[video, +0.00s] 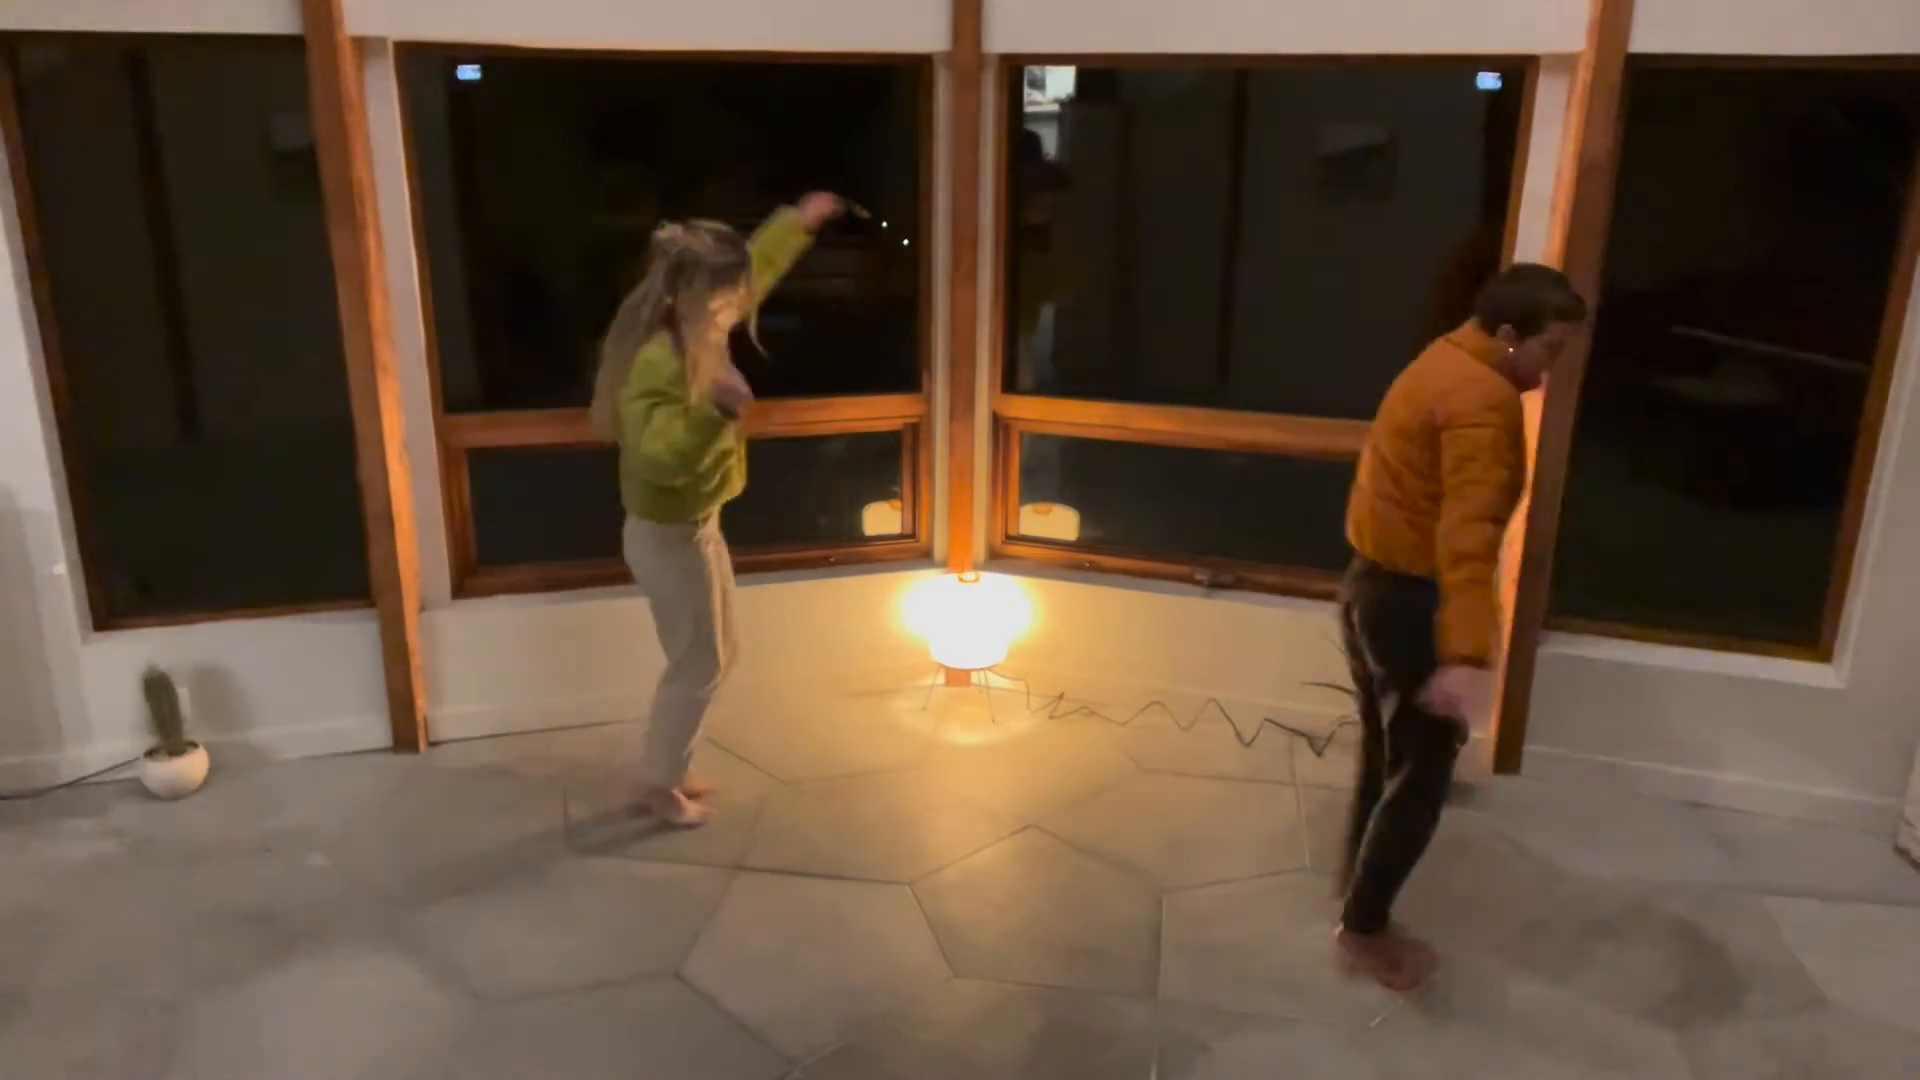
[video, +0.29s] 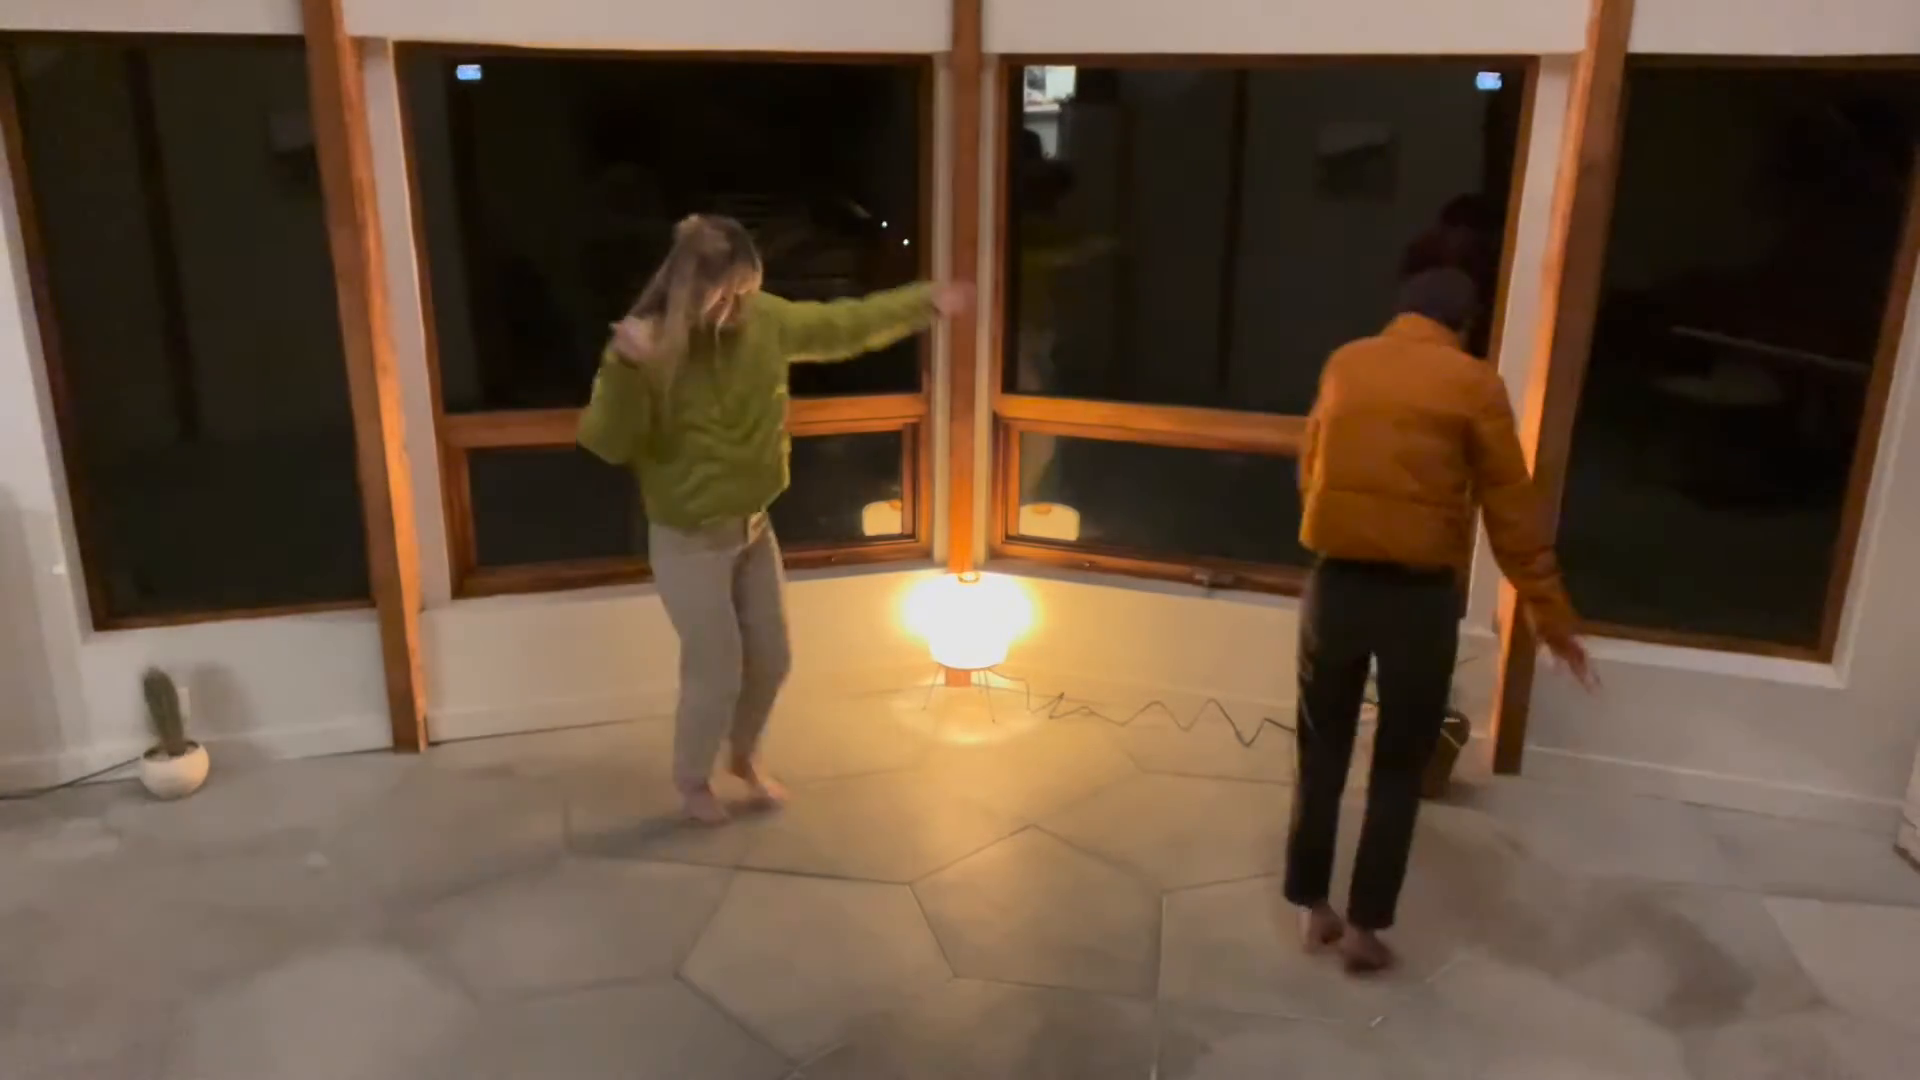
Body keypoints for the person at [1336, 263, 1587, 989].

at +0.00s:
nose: (1555, 365)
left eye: (1561, 350)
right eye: (1552, 348)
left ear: (1501, 330)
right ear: (1510, 332)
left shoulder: (1440, 365)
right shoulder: (1482, 402)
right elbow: (1468, 534)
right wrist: (1464, 656)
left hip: (1372, 584)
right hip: (1411, 599)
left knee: (1385, 758)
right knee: (1421, 775)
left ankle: (1360, 907)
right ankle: (1364, 929)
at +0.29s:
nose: (1473, 333)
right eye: (1473, 322)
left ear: (1402, 310)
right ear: (1464, 322)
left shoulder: (1345, 364)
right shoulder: (1474, 383)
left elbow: (1311, 472)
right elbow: (1512, 515)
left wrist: (1336, 536)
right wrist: (1554, 620)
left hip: (1337, 586)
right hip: (1421, 598)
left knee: (1322, 746)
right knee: (1400, 764)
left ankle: (1314, 908)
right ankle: (1365, 928)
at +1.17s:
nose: (1331, 355)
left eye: (1349, 347)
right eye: (1329, 337)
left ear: (1383, 350)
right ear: (1321, 320)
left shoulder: (1399, 415)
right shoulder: (1287, 337)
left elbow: (1374, 538)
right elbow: (1226, 431)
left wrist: (1369, 657)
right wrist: (1222, 540)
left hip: (1332, 574)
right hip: (1260, 561)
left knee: (1309, 725)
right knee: (1248, 714)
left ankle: (1286, 864)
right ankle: (1261, 848)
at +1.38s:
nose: (1400, 333)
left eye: (1412, 323)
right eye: (1393, 314)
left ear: (1416, 329)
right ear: (1355, 300)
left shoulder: (1394, 399)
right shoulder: (1296, 338)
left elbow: (1426, 513)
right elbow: (1242, 445)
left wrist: (1496, 604)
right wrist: (1285, 541)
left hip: (1327, 564)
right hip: (1257, 551)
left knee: (1309, 724)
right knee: (1241, 722)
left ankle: (1285, 852)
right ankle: (1214, 845)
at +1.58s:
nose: (1399, 323)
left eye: (1408, 312)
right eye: (1395, 305)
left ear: (1371, 301)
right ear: (1360, 294)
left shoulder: (1339, 349)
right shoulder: (1322, 345)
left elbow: (1357, 450)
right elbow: (1307, 460)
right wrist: (1368, 537)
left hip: (1304, 568)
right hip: (1289, 571)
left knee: (1295, 730)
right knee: (1325, 751)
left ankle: (1255, 845)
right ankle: (1235, 852)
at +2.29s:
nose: (1366, 262)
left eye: (1384, 266)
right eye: (1381, 257)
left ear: (1394, 303)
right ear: (1382, 291)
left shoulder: (1361, 372)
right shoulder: (1353, 358)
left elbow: (1390, 487)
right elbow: (1386, 481)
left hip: (1331, 570)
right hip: (1322, 562)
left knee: (1300, 731)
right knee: (1301, 720)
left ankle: (1337, 884)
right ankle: (1353, 851)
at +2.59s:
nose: (1343, 272)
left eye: (1345, 265)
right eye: (1326, 272)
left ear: (1366, 289)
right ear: (1307, 308)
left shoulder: (1419, 348)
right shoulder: (1289, 363)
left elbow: (1474, 442)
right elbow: (1251, 452)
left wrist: (1496, 527)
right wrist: (1178, 509)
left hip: (1388, 560)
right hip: (1307, 559)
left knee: (1371, 731)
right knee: (1290, 716)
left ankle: (1352, 876)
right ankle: (1308, 837)